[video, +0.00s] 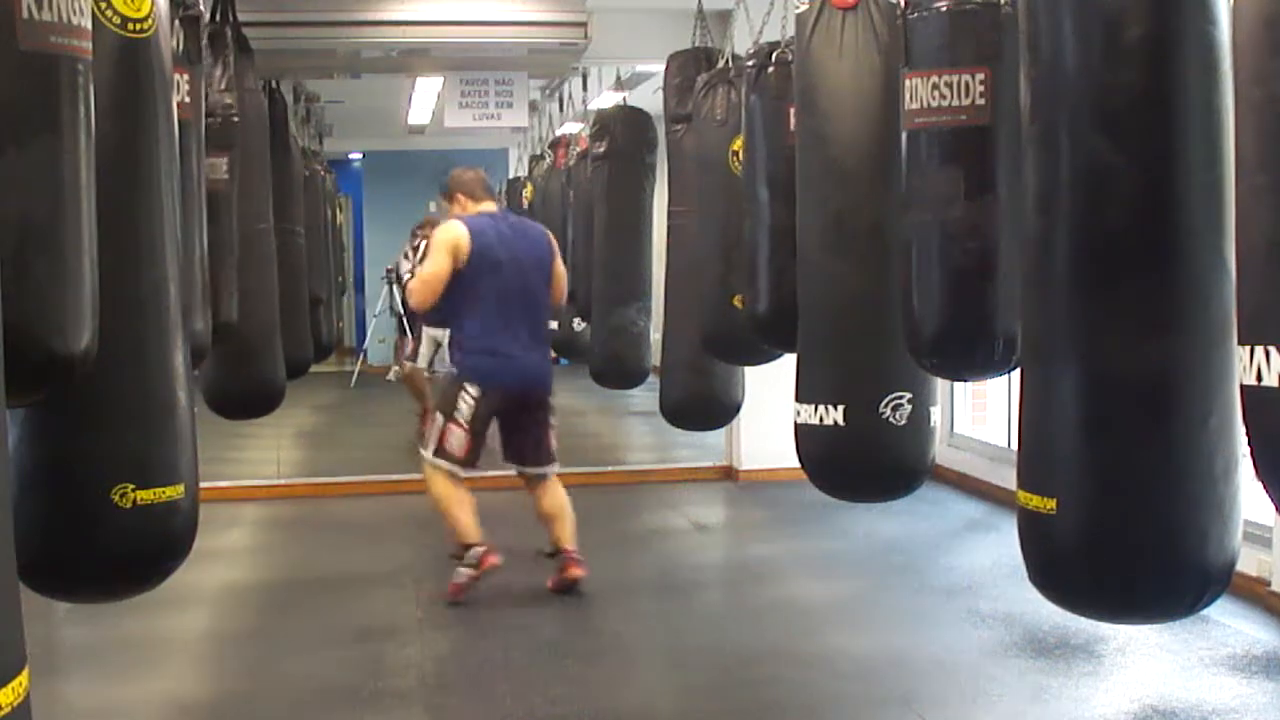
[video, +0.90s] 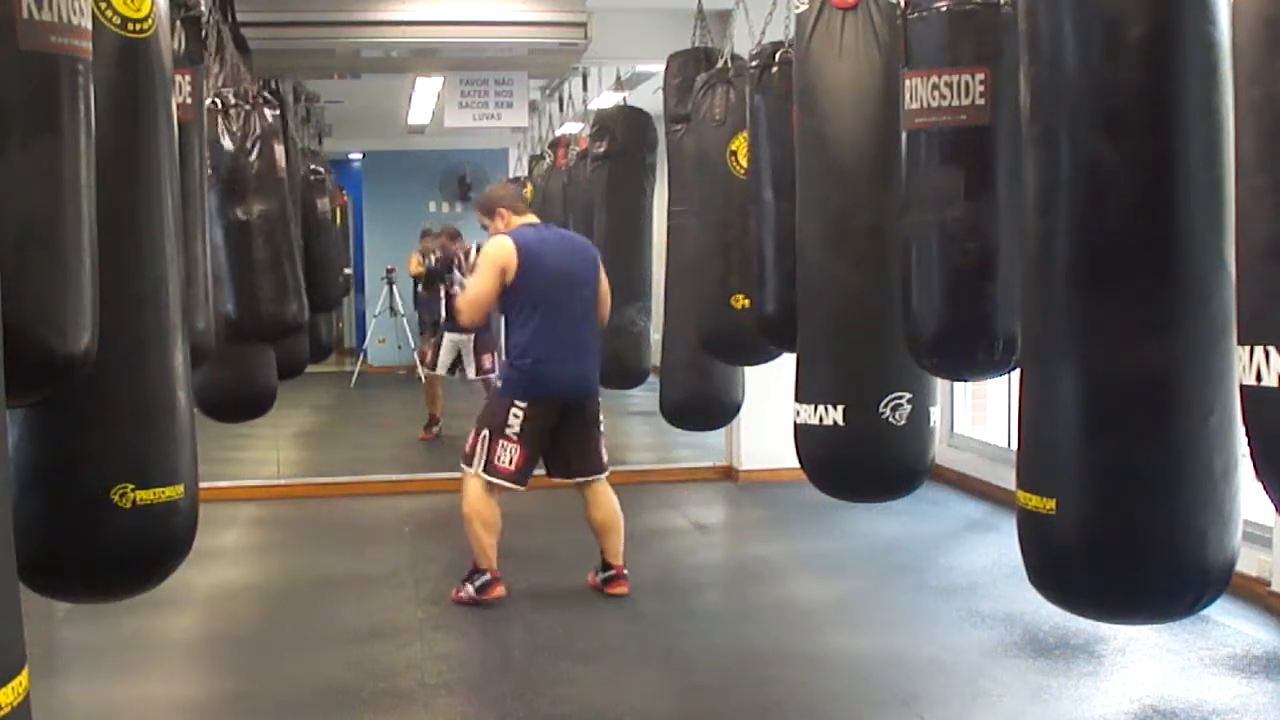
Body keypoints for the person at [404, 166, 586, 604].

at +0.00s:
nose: (450, 213)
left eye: (449, 207)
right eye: (449, 207)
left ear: (460, 200)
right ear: (493, 196)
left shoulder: (454, 233)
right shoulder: (540, 235)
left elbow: (420, 298)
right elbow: (558, 296)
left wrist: (419, 261)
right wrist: (515, 281)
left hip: (479, 371)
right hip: (534, 372)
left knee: (440, 469)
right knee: (542, 474)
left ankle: (474, 549)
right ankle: (569, 555)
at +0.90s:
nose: (488, 232)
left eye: (487, 225)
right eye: (487, 225)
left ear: (502, 216)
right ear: (529, 209)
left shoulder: (501, 247)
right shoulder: (584, 247)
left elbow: (470, 313)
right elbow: (603, 311)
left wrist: (464, 289)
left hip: (526, 383)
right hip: (582, 384)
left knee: (479, 478)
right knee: (594, 479)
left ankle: (485, 574)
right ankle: (615, 570)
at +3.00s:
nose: (281, 226)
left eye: (283, 223)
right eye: (285, 223)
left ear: (289, 226)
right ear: (324, 235)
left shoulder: (272, 236)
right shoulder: (353, 287)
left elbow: (214, 280)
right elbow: (361, 363)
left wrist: (231, 252)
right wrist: (395, 411)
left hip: (271, 389)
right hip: (329, 396)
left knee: (241, 498)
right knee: (359, 486)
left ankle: (256, 596)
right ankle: (409, 572)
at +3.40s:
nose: (339, 222)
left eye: (337, 215)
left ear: (340, 217)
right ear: (389, 219)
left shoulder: (312, 257)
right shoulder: (420, 259)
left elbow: (289, 329)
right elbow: (445, 328)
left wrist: (328, 312)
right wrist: (402, 322)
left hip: (336, 399)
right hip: (401, 402)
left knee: (289, 493)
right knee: (434, 498)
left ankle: (262, 590)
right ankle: (437, 595)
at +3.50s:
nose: (349, 205)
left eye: (349, 199)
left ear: (354, 200)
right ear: (401, 201)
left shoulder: (329, 241)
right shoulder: (437, 243)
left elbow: (305, 315)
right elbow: (461, 310)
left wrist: (342, 291)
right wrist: (418, 291)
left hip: (351, 388)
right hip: (416, 391)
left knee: (312, 484)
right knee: (435, 494)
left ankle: (297, 588)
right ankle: (436, 592)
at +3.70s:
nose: (366, 212)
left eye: (366, 205)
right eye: (368, 206)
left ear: (375, 205)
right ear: (418, 205)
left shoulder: (348, 246)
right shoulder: (456, 249)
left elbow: (311, 312)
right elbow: (482, 313)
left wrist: (340, 274)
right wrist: (440, 298)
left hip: (375, 401)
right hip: (436, 401)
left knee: (357, 504)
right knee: (452, 499)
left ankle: (381, 591)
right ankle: (462, 592)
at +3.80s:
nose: (371, 215)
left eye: (371, 208)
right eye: (372, 209)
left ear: (379, 206)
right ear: (423, 208)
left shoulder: (357, 249)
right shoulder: (463, 255)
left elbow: (329, 322)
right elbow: (478, 324)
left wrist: (354, 282)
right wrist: (436, 311)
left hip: (378, 399)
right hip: (441, 401)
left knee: (343, 490)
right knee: (451, 497)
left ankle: (370, 572)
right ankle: (462, 595)